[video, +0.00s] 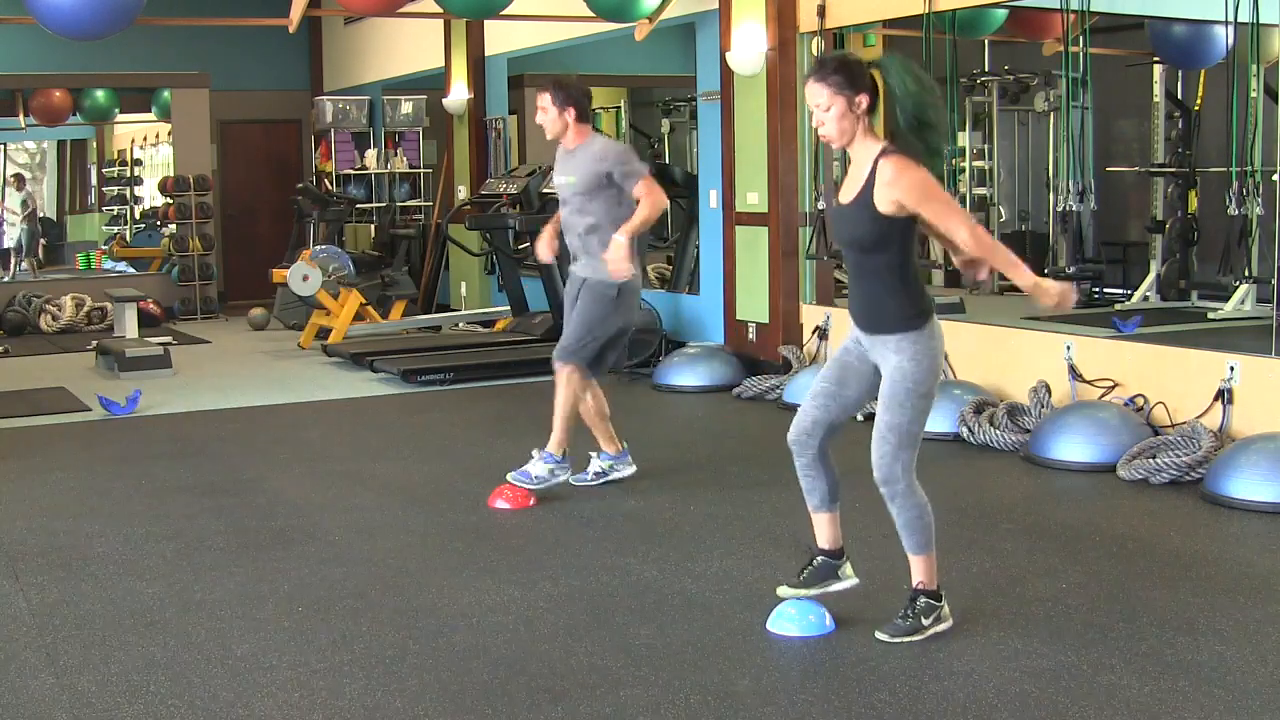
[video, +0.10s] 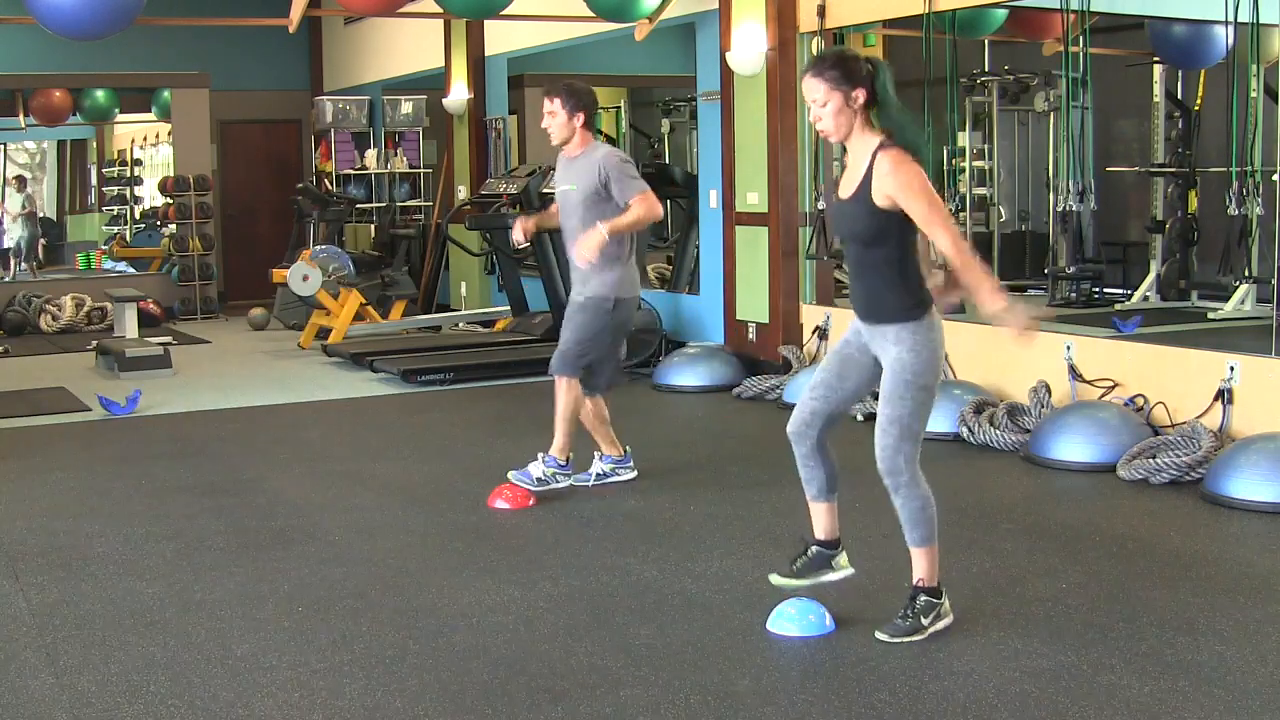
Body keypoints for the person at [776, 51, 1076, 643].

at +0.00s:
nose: (816, 121)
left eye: (824, 108)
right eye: (812, 109)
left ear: (860, 105)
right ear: (833, 111)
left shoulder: (897, 171)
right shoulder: (854, 164)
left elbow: (970, 234)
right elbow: (908, 216)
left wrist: (1034, 283)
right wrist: (958, 249)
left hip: (910, 345)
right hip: (862, 340)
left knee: (892, 470)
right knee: (804, 437)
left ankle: (927, 597)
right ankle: (830, 557)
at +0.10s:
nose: (815, 116)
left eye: (822, 104)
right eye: (811, 106)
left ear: (857, 98)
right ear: (829, 104)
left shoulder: (894, 166)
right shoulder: (851, 162)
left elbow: (953, 244)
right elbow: (881, 244)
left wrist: (1002, 308)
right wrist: (922, 290)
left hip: (911, 336)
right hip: (865, 331)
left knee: (897, 461)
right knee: (803, 428)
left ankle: (929, 594)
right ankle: (827, 548)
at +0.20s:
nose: (810, 119)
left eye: (816, 107)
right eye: (805, 109)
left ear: (851, 94)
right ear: (816, 104)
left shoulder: (890, 155)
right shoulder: (841, 154)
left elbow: (923, 248)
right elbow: (847, 242)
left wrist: (903, 332)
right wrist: (820, 307)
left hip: (912, 321)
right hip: (862, 318)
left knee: (897, 452)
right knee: (815, 425)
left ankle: (925, 589)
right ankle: (826, 545)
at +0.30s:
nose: (798, 152)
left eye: (805, 139)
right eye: (795, 141)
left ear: (843, 129)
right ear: (822, 136)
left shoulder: (886, 189)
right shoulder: (827, 191)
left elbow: (886, 281)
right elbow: (803, 272)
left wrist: (802, 293)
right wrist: (734, 297)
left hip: (923, 348)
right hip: (874, 346)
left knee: (890, 465)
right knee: (819, 448)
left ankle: (926, 596)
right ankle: (832, 561)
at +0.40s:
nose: (789, 209)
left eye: (798, 196)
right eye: (785, 198)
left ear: (833, 192)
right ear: (787, 201)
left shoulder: (872, 246)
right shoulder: (808, 252)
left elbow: (832, 324)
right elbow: (757, 322)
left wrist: (773, 261)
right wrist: (710, 280)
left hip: (935, 385)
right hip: (880, 383)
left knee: (878, 476)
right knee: (810, 462)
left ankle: (924, 597)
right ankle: (842, 569)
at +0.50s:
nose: (778, 268)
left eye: (789, 257)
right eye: (775, 258)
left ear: (823, 258)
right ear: (773, 261)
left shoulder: (861, 309)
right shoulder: (801, 309)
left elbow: (802, 369)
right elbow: (737, 368)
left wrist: (773, 298)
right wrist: (720, 303)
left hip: (945, 418)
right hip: (887, 417)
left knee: (873, 478)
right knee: (804, 463)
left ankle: (924, 598)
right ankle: (842, 570)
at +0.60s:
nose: (776, 318)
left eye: (784, 307)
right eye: (772, 308)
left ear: (818, 308)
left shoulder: (854, 354)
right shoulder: (794, 355)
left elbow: (797, 422)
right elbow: (734, 413)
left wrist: (772, 349)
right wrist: (725, 344)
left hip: (949, 443)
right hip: (890, 443)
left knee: (872, 479)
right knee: (804, 461)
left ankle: (923, 599)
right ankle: (841, 571)